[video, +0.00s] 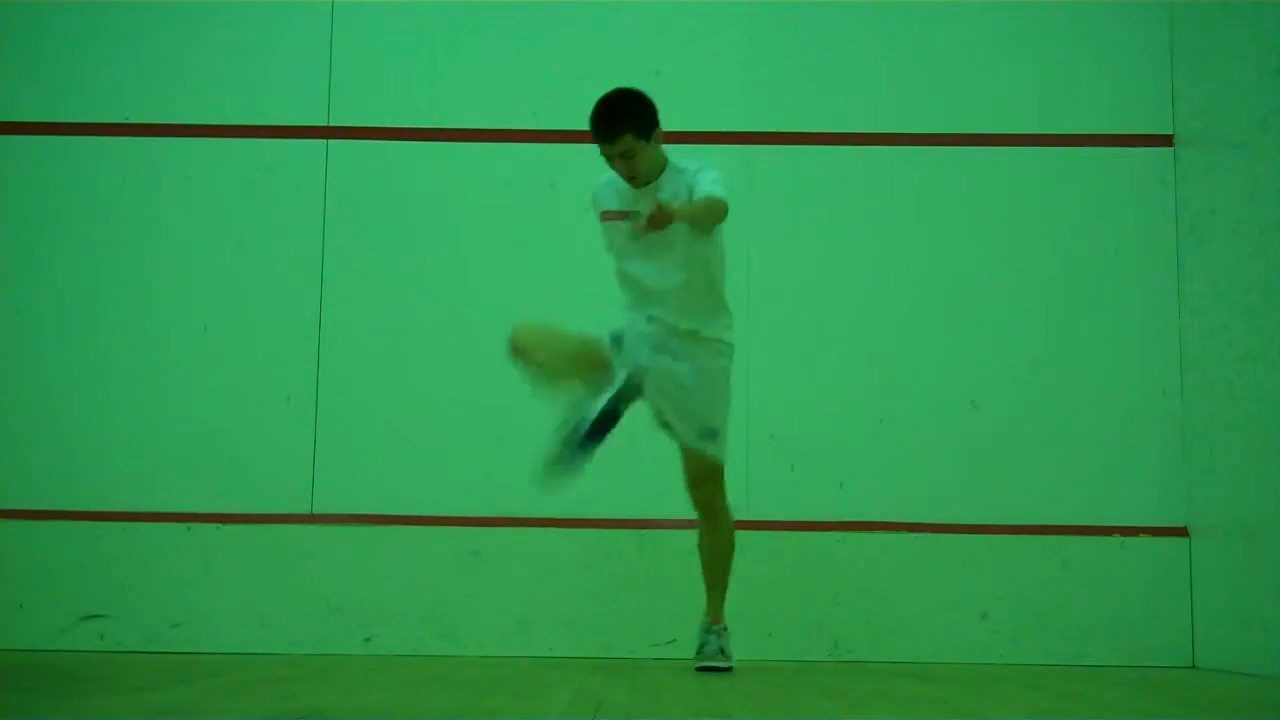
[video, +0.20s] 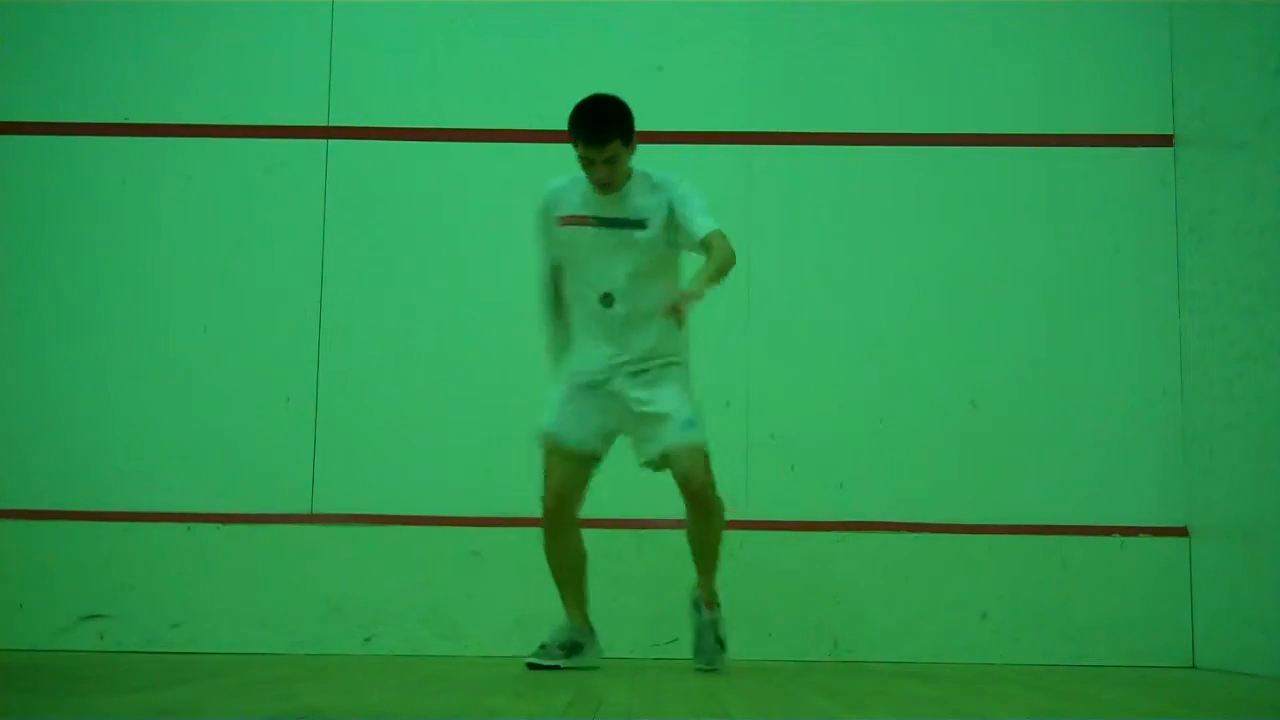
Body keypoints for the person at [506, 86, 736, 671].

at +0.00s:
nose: (620, 167)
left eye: (628, 153)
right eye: (611, 157)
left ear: (657, 139)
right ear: (603, 153)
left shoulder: (696, 181)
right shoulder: (608, 194)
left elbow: (715, 209)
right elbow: (629, 262)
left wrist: (678, 213)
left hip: (699, 349)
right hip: (637, 338)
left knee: (707, 490)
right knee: (524, 342)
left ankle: (715, 623)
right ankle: (604, 387)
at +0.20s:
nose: (601, 173)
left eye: (612, 160)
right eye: (590, 162)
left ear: (632, 146)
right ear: (576, 153)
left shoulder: (666, 195)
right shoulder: (556, 205)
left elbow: (722, 252)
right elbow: (554, 284)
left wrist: (695, 289)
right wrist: (561, 350)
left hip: (660, 375)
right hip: (588, 377)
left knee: (700, 487)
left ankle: (707, 602)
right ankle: (578, 629)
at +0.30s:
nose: (595, 176)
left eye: (606, 164)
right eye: (584, 163)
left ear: (624, 155)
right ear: (568, 153)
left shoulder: (651, 203)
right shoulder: (542, 197)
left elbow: (718, 250)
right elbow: (503, 256)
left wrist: (714, 294)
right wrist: (486, 328)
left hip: (636, 369)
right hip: (568, 378)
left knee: (679, 428)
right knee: (551, 502)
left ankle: (666, 563)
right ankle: (579, 631)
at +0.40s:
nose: (594, 167)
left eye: (606, 156)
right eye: (585, 155)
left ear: (623, 147)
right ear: (567, 141)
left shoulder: (642, 194)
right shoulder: (531, 176)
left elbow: (708, 238)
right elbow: (479, 209)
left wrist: (731, 291)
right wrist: (441, 276)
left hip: (618, 348)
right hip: (552, 358)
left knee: (647, 404)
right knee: (522, 480)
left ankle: (609, 544)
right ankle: (567, 602)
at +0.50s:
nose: (590, 176)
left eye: (602, 166)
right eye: (581, 163)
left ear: (617, 159)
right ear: (561, 148)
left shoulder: (632, 209)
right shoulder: (520, 176)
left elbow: (694, 257)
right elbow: (459, 193)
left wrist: (735, 314)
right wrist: (406, 243)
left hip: (600, 364)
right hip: (531, 366)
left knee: (601, 441)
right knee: (485, 460)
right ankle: (565, 573)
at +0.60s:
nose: (594, 204)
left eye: (605, 193)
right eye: (586, 190)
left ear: (617, 189)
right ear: (562, 176)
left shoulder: (622, 250)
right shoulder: (520, 200)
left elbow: (683, 311)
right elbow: (458, 195)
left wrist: (730, 374)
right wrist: (391, 220)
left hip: (580, 395)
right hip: (516, 389)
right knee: (464, 480)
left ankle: (505, 635)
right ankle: (574, 570)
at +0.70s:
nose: (608, 218)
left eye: (619, 210)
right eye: (602, 204)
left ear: (628, 205)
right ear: (576, 184)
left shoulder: (622, 262)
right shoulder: (528, 196)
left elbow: (672, 331)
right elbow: (452, 158)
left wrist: (722, 394)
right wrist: (378, 158)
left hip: (576, 383)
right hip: (519, 379)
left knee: (535, 480)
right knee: (468, 472)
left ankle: (510, 631)